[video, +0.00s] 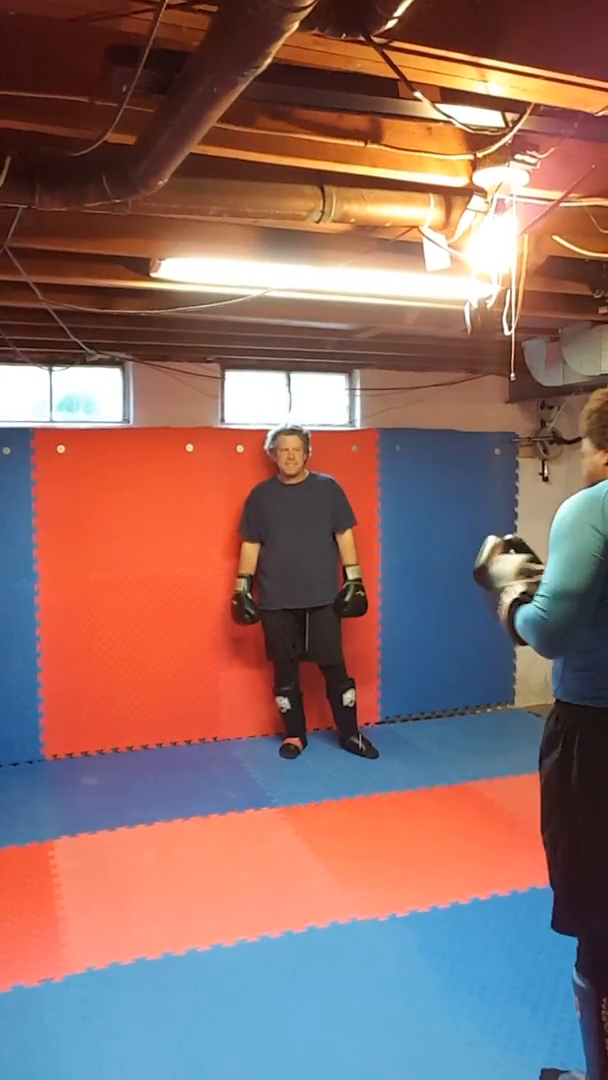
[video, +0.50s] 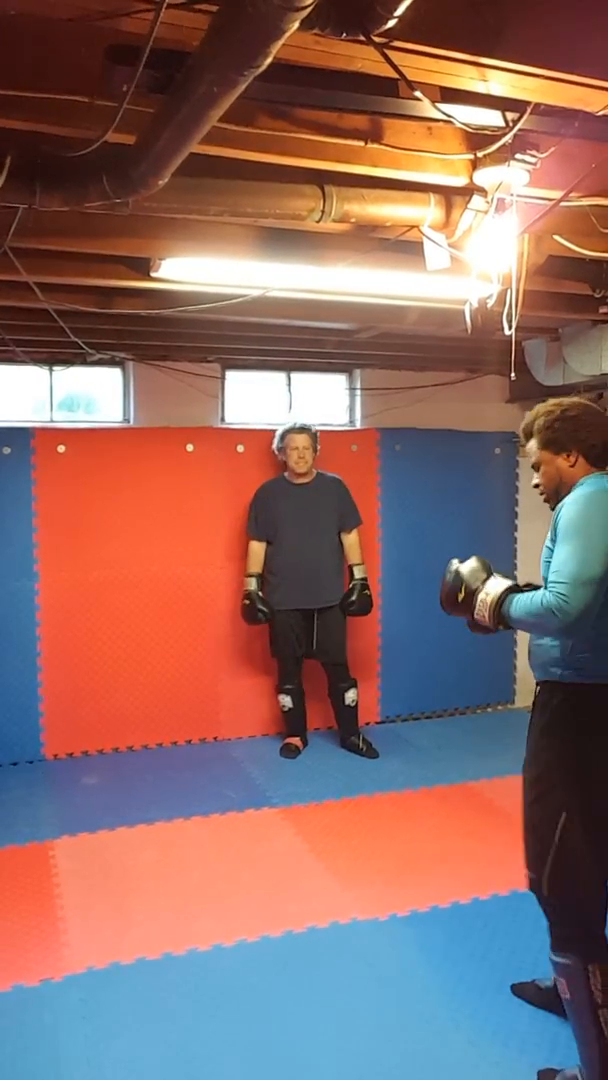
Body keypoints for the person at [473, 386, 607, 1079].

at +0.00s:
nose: (581, 455)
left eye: (585, 442)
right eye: (584, 442)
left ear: (599, 446)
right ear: (605, 446)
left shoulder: (591, 510)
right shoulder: (589, 512)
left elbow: (549, 630)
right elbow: (556, 626)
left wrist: (511, 586)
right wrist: (528, 581)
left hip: (595, 731)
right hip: (591, 727)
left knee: (596, 925)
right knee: (593, 919)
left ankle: (598, 1069)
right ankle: (596, 1065)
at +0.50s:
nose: (535, 478)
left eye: (539, 463)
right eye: (533, 465)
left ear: (573, 456)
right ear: (576, 457)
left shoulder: (587, 501)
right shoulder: (587, 499)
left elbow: (565, 605)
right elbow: (564, 602)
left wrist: (497, 597)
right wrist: (501, 604)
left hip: (578, 706)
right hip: (582, 700)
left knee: (564, 868)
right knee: (577, 847)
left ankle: (593, 1066)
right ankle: (577, 985)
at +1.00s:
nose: (519, 485)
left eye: (521, 470)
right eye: (515, 474)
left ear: (554, 457)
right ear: (558, 460)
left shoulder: (586, 496)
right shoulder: (577, 499)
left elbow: (551, 591)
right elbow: (555, 600)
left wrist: (483, 582)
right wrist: (489, 596)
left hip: (580, 703)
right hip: (571, 698)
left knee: (571, 872)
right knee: (572, 858)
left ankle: (580, 1057)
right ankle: (573, 987)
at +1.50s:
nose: (522, 483)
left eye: (525, 470)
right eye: (520, 471)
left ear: (556, 463)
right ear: (562, 462)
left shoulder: (589, 506)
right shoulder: (577, 506)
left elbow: (556, 605)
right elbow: (553, 594)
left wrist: (484, 594)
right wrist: (490, 582)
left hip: (579, 704)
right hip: (569, 697)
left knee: (561, 866)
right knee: (566, 854)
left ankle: (578, 1058)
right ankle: (572, 986)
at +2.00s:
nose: (523, 479)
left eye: (531, 467)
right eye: (522, 467)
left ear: (567, 464)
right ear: (561, 466)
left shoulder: (591, 517)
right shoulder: (569, 515)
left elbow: (586, 626)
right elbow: (527, 572)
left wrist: (515, 613)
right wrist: (466, 553)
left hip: (584, 718)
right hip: (568, 708)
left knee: (562, 868)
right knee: (562, 854)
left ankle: (576, 1057)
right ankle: (575, 984)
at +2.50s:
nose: (515, 482)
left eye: (521, 470)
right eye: (512, 470)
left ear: (555, 466)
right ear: (556, 466)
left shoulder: (584, 519)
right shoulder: (567, 514)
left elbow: (563, 624)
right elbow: (518, 580)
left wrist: (504, 616)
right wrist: (466, 557)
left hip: (584, 714)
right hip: (572, 705)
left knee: (563, 867)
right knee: (565, 854)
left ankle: (575, 1057)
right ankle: (575, 986)